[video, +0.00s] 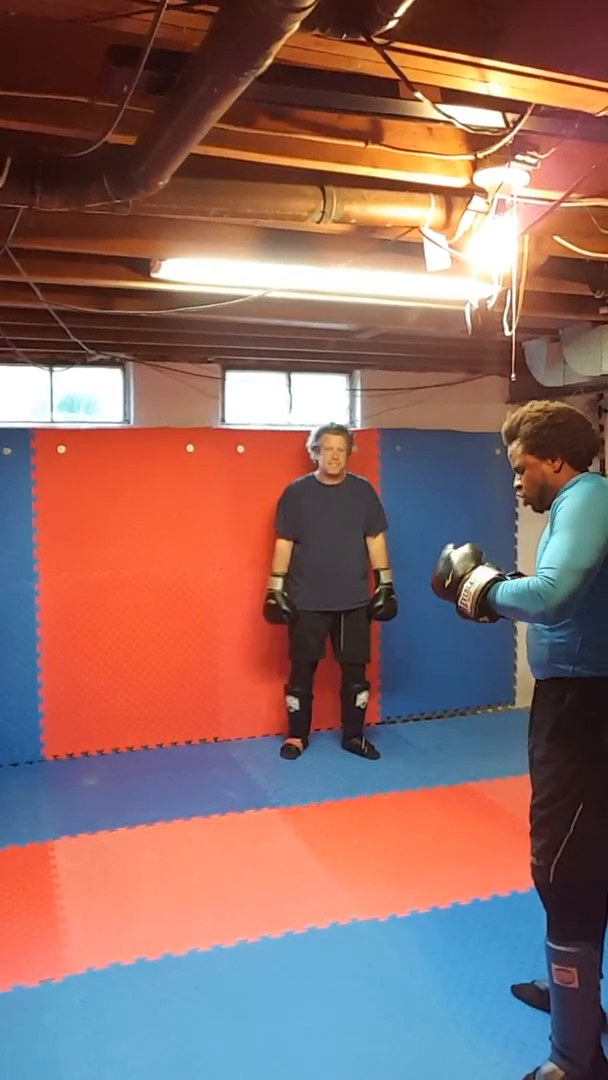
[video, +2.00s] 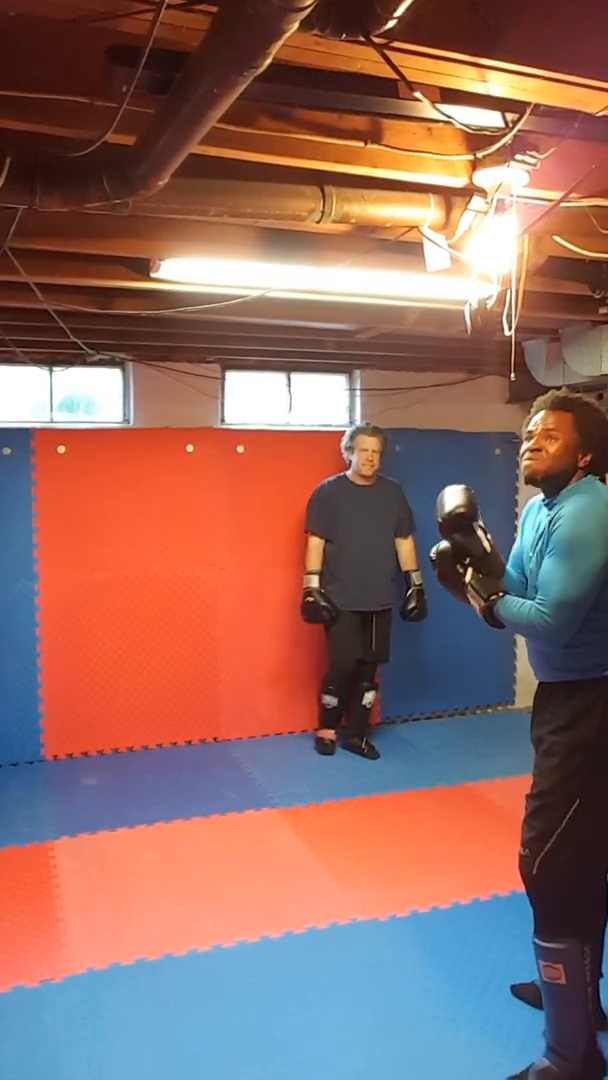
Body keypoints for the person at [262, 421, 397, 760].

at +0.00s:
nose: (334, 456)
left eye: (340, 451)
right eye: (328, 450)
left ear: (348, 455)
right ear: (317, 453)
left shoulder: (363, 490)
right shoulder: (296, 493)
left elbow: (376, 538)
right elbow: (284, 542)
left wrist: (385, 585)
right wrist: (276, 588)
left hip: (354, 599)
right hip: (307, 599)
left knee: (356, 669)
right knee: (302, 669)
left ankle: (354, 736)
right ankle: (297, 735)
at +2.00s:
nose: (370, 458)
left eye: (376, 452)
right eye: (364, 451)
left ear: (381, 456)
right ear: (349, 453)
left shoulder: (392, 492)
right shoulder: (327, 493)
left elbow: (405, 540)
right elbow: (316, 542)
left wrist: (415, 584)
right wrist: (312, 588)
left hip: (380, 599)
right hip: (340, 598)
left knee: (370, 667)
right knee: (344, 664)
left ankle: (356, 734)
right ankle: (327, 729)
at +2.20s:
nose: (365, 459)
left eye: (370, 453)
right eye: (358, 452)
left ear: (377, 456)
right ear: (344, 455)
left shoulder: (391, 492)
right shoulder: (325, 493)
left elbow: (404, 540)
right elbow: (313, 543)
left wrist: (411, 584)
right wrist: (307, 587)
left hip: (379, 598)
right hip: (338, 597)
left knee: (369, 668)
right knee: (342, 667)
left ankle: (358, 734)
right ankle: (332, 737)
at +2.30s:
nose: (362, 459)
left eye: (368, 453)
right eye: (355, 453)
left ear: (376, 457)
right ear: (342, 456)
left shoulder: (390, 493)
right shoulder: (324, 495)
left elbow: (403, 540)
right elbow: (311, 544)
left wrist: (410, 586)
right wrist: (304, 588)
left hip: (378, 600)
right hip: (335, 599)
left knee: (368, 671)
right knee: (334, 669)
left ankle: (357, 735)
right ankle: (326, 738)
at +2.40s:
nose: (359, 458)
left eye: (365, 452)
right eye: (352, 453)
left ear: (374, 455)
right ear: (339, 455)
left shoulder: (388, 491)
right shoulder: (322, 494)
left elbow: (400, 538)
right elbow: (310, 543)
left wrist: (407, 584)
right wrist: (300, 587)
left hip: (375, 600)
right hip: (333, 599)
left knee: (365, 671)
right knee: (325, 669)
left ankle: (355, 736)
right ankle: (314, 740)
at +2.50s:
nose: (356, 457)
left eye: (362, 451)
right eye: (350, 452)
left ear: (371, 454)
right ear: (338, 455)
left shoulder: (387, 491)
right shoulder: (320, 494)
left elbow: (400, 539)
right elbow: (307, 543)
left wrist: (409, 583)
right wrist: (296, 588)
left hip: (375, 600)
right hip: (330, 599)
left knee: (365, 670)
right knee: (316, 669)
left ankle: (355, 736)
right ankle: (299, 741)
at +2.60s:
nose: (352, 458)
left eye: (358, 452)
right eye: (345, 452)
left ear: (367, 455)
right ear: (334, 456)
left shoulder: (383, 491)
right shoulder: (316, 495)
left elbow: (394, 539)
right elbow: (304, 544)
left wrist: (408, 581)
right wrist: (293, 589)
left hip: (372, 600)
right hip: (328, 600)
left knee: (364, 670)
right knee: (309, 669)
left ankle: (356, 736)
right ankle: (287, 741)